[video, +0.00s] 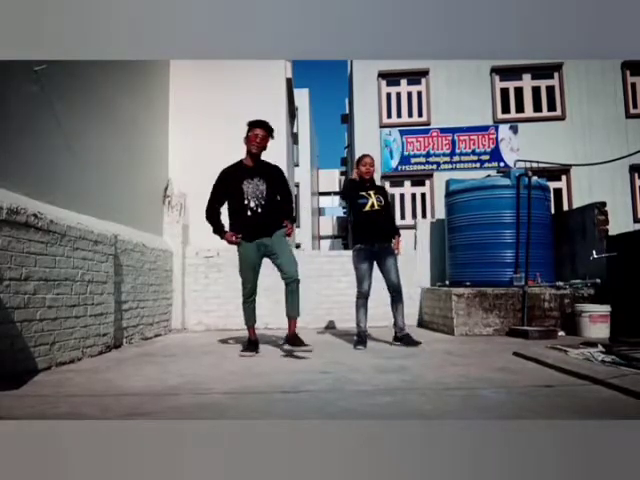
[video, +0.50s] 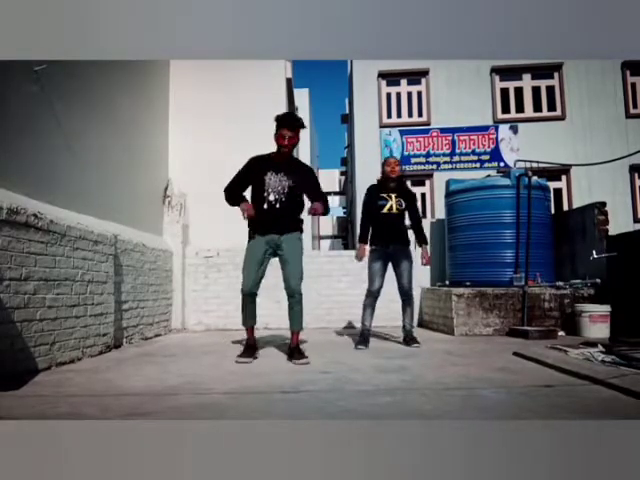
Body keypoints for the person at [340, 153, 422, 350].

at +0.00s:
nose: (369, 168)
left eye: (371, 165)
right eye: (365, 165)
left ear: (375, 168)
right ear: (357, 169)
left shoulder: (381, 190)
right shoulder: (352, 189)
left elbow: (389, 216)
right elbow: (346, 196)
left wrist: (396, 235)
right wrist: (353, 178)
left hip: (384, 244)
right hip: (362, 245)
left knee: (395, 287)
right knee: (363, 291)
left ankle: (401, 332)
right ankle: (361, 334)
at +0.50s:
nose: (393, 168)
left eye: (396, 165)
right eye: (390, 165)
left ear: (400, 168)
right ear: (383, 168)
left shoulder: (407, 192)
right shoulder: (373, 191)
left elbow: (415, 220)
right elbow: (366, 218)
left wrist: (423, 245)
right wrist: (362, 243)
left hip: (400, 246)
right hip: (378, 246)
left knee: (406, 290)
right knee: (373, 289)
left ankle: (408, 334)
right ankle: (364, 334)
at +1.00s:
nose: (368, 165)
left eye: (371, 162)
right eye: (365, 163)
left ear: (378, 166)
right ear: (361, 167)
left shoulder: (389, 186)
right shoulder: (356, 192)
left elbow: (401, 213)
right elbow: (353, 222)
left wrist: (411, 239)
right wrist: (357, 250)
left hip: (392, 244)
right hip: (368, 246)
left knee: (400, 288)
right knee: (366, 290)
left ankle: (408, 332)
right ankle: (362, 336)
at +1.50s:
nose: (384, 165)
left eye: (387, 162)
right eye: (380, 162)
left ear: (393, 165)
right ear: (376, 166)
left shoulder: (399, 191)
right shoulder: (368, 185)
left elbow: (403, 222)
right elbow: (353, 201)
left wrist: (406, 249)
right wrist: (349, 212)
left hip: (390, 245)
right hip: (367, 244)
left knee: (396, 289)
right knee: (364, 289)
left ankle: (398, 333)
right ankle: (361, 335)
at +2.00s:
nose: (358, 165)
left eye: (362, 161)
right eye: (355, 162)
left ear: (368, 164)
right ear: (350, 165)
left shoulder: (376, 184)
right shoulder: (345, 188)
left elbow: (388, 211)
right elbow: (342, 217)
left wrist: (396, 237)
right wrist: (346, 244)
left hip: (378, 244)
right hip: (355, 245)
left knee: (389, 288)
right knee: (353, 292)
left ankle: (397, 332)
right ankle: (350, 335)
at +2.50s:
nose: (377, 166)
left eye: (380, 163)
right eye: (373, 163)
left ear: (386, 166)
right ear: (368, 168)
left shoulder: (394, 191)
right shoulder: (360, 188)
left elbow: (396, 221)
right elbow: (348, 212)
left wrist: (396, 245)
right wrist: (347, 226)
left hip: (384, 246)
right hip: (361, 245)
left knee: (392, 288)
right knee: (354, 288)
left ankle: (395, 333)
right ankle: (349, 333)